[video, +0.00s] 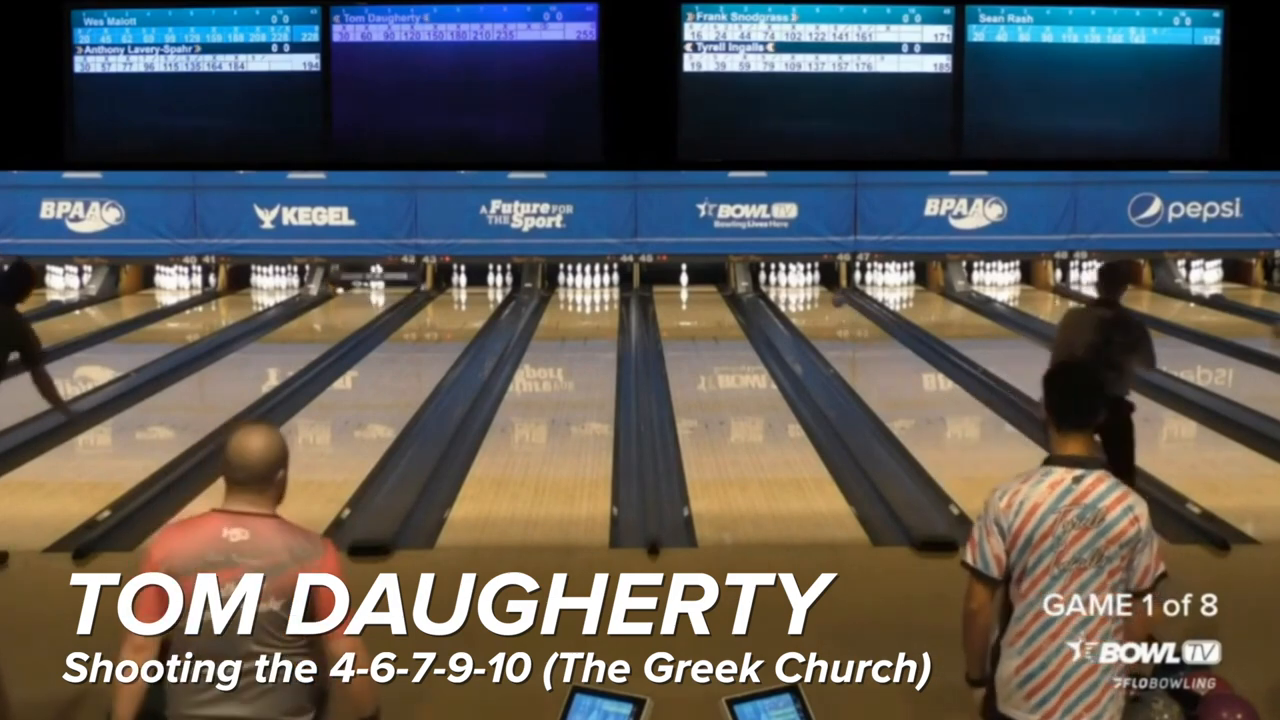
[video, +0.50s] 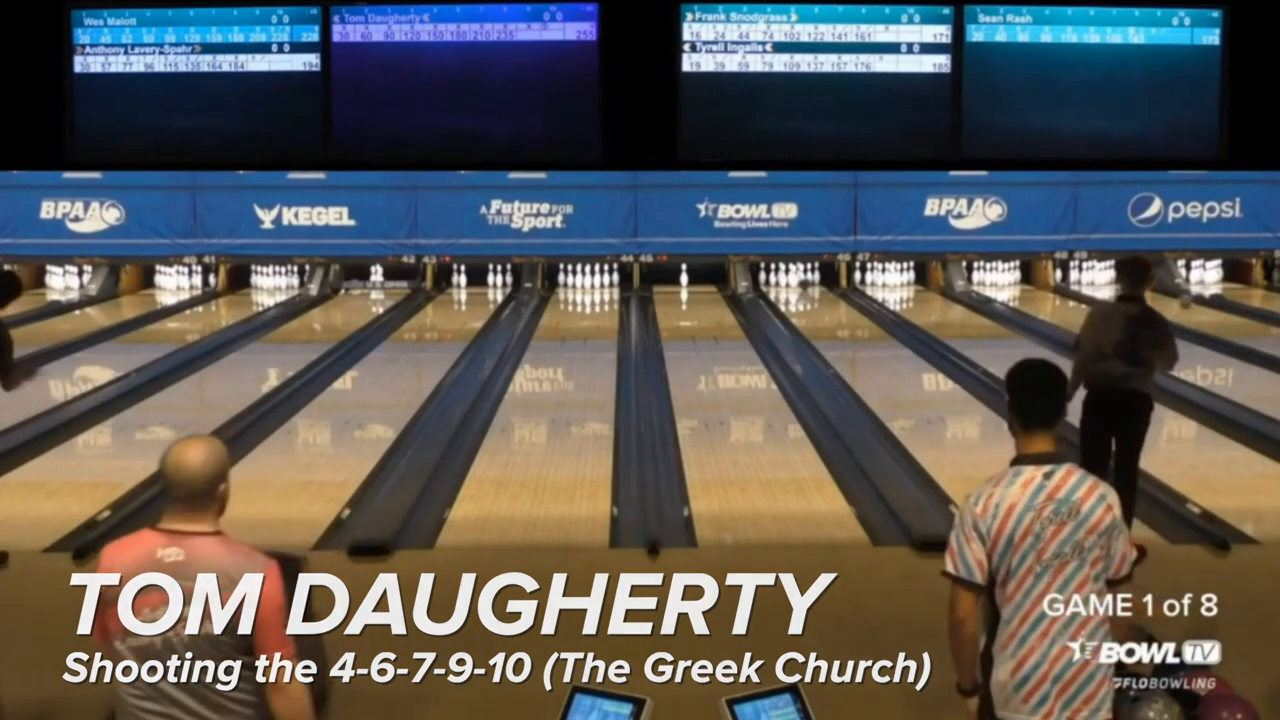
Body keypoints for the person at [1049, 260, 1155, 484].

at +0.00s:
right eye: (1120, 284)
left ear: (1098, 283)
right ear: (1123, 287)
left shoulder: (1073, 318)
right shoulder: (1132, 324)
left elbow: (1058, 361)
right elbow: (1147, 364)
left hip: (1071, 401)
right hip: (1112, 407)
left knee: (1069, 467)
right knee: (1122, 476)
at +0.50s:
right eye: (1148, 280)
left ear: (1118, 279)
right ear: (1148, 282)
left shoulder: (1100, 314)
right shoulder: (1156, 322)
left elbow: (1084, 358)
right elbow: (1168, 361)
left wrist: (1068, 393)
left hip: (1099, 399)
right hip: (1136, 403)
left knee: (1093, 465)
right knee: (1126, 469)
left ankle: (1088, 530)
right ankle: (1120, 536)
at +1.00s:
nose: (1144, 284)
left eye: (1142, 278)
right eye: (1154, 279)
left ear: (1139, 281)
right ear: (1166, 284)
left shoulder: (1117, 317)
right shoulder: (1173, 324)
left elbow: (1088, 360)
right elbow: (1197, 368)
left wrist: (1071, 393)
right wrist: (1218, 401)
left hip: (1119, 407)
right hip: (1155, 407)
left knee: (1111, 475)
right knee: (1152, 474)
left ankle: (1108, 540)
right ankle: (1155, 545)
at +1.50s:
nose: (1155, 281)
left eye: (1161, 277)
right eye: (1158, 276)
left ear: (1173, 284)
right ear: (1187, 286)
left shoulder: (1167, 323)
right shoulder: (1187, 317)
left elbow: (1149, 364)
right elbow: (1192, 355)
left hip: (1162, 407)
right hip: (1178, 403)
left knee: (1154, 468)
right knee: (1165, 468)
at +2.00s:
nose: (1204, 296)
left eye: (1212, 290)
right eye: (1200, 288)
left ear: (1220, 294)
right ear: (1191, 291)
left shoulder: (1234, 332)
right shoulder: (1172, 327)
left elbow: (1249, 376)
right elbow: (1152, 360)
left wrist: (1236, 418)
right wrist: (1169, 376)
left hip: (1217, 419)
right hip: (1179, 416)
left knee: (1204, 484)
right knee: (1168, 477)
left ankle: (1206, 538)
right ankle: (1163, 531)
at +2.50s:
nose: (1226, 297)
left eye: (1231, 291)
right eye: (1220, 290)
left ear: (1239, 294)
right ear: (1209, 294)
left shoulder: (1256, 339)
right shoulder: (1189, 336)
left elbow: (1268, 383)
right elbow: (1162, 374)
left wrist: (1264, 425)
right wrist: (1187, 392)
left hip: (1238, 430)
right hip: (1198, 429)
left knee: (1221, 498)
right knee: (1205, 499)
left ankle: (1209, 550)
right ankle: (1209, 565)